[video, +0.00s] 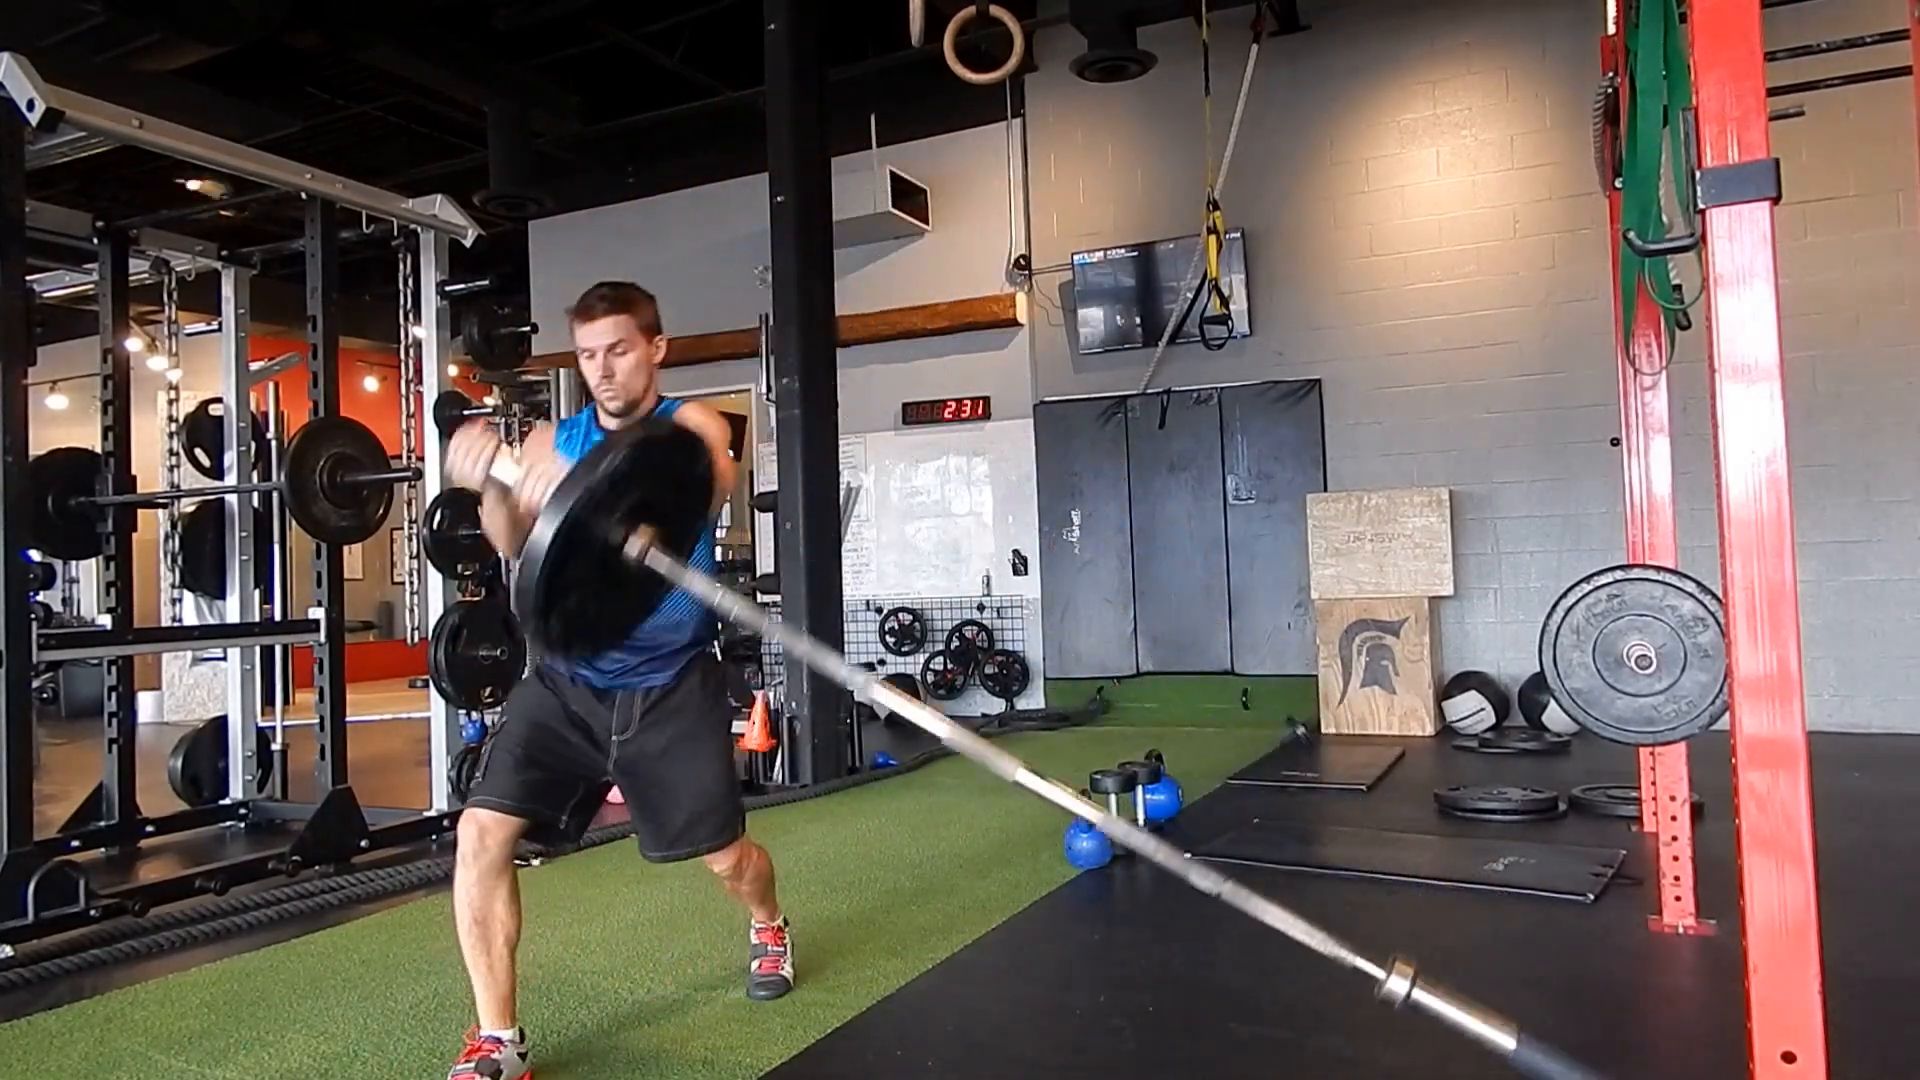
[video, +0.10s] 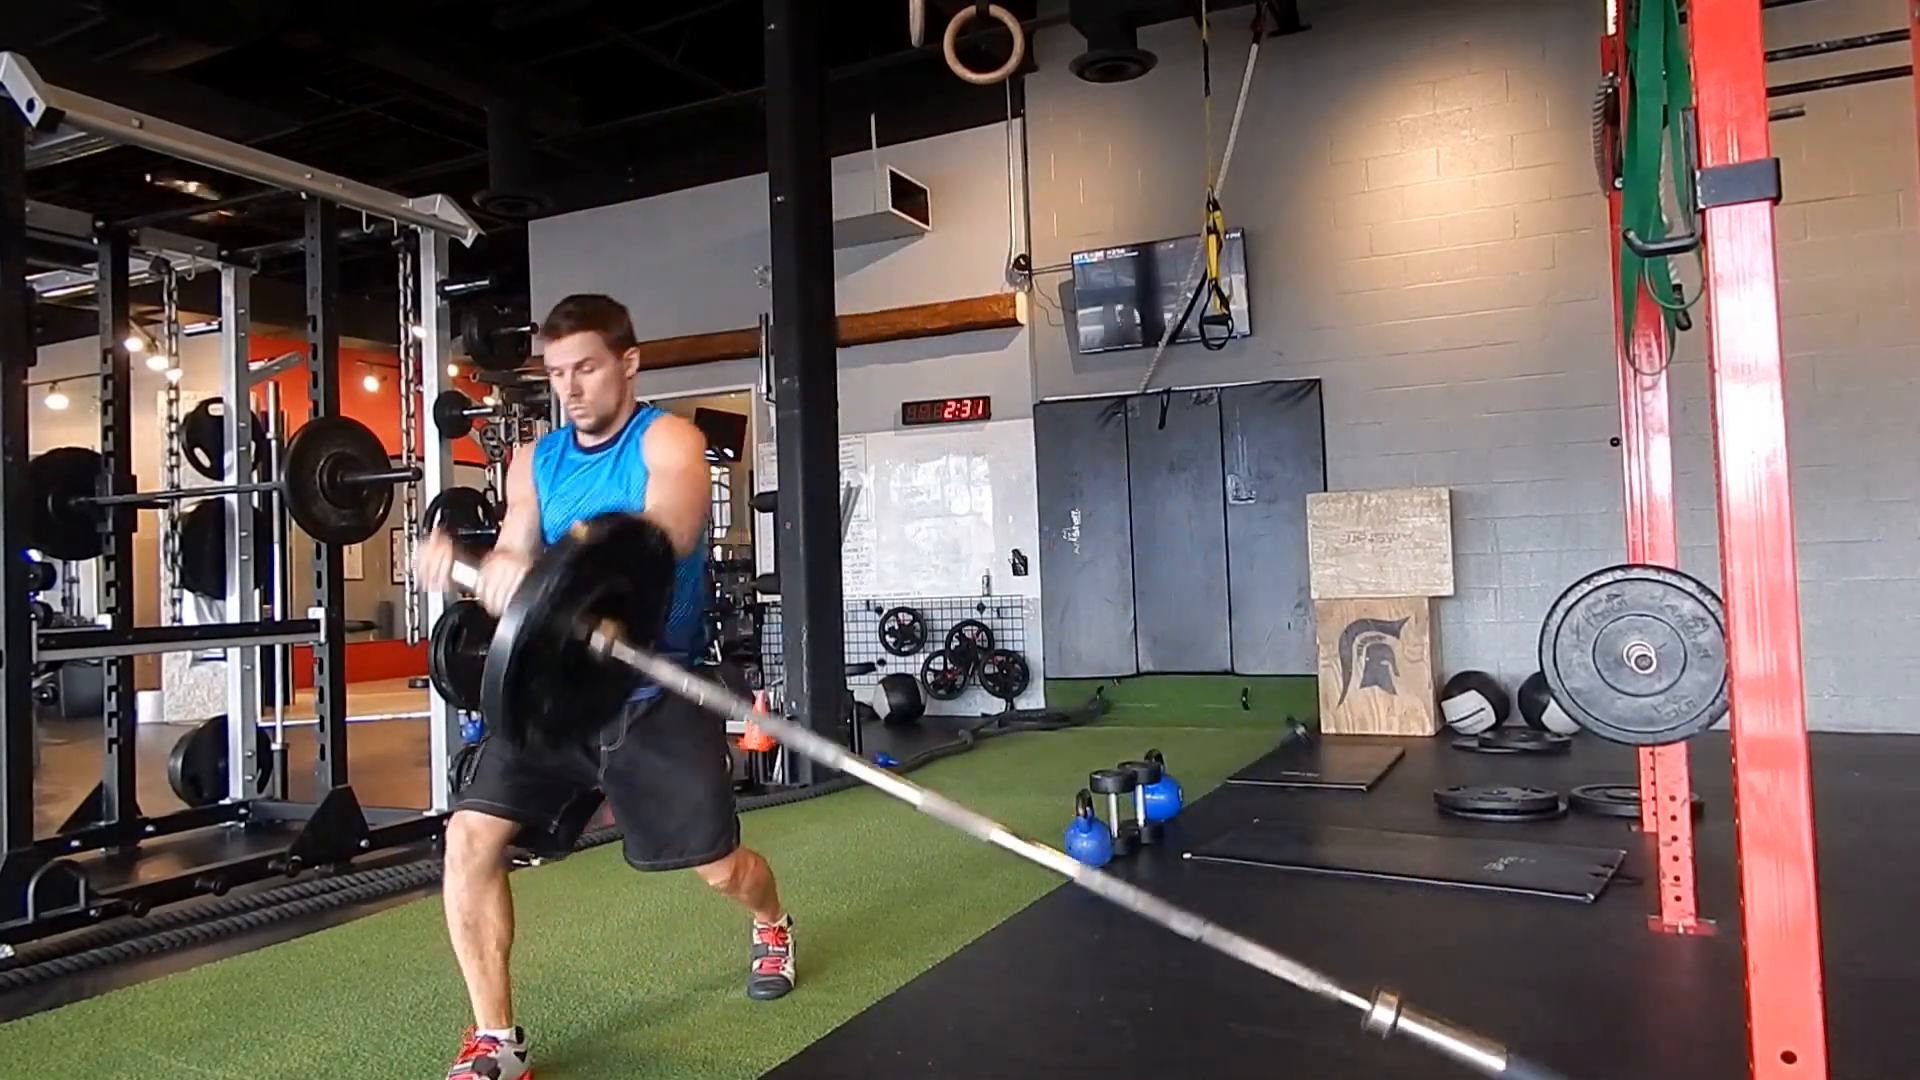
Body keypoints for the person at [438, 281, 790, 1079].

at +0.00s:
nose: (602, 371)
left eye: (617, 352)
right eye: (589, 357)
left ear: (657, 350)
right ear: (578, 361)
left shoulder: (700, 429)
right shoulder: (550, 441)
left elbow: (683, 515)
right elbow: (511, 547)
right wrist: (487, 486)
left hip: (673, 679)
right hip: (562, 678)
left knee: (727, 857)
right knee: (482, 831)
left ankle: (769, 925)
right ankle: (497, 1037)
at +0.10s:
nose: (567, 386)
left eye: (583, 367)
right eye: (555, 372)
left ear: (628, 364)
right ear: (544, 377)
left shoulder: (672, 441)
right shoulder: (534, 458)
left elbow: (654, 558)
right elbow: (511, 575)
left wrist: (542, 578)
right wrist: (453, 568)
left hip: (657, 692)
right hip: (552, 692)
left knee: (719, 865)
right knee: (470, 836)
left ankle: (774, 924)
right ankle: (493, 1035)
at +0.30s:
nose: (511, 421)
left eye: (526, 402)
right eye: (500, 406)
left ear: (576, 391)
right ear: (492, 405)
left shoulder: (625, 466)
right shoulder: (502, 492)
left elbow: (631, 591)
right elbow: (508, 611)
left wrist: (530, 685)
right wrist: (479, 682)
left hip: (643, 694)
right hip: (544, 695)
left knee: (711, 893)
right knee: (443, 852)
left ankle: (769, 917)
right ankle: (490, 1039)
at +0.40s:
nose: (491, 430)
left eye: (507, 411)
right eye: (480, 416)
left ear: (559, 399)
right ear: (475, 418)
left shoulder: (614, 477)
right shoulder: (492, 502)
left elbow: (624, 610)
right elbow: (511, 616)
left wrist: (530, 717)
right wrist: (488, 701)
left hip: (641, 704)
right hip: (544, 707)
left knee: (712, 899)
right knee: (439, 855)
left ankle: (767, 917)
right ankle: (491, 1040)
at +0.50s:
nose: (489, 435)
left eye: (503, 415)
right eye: (477, 422)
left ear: (555, 402)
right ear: (471, 423)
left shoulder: (611, 481)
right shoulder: (487, 508)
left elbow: (623, 616)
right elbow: (512, 623)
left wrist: (532, 724)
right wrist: (489, 706)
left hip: (642, 704)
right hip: (545, 709)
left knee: (714, 899)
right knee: (439, 855)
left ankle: (768, 917)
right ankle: (491, 1039)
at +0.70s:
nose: (529, 394)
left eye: (543, 374)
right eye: (513, 382)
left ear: (585, 373)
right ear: (502, 394)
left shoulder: (631, 453)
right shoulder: (496, 484)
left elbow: (646, 570)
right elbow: (504, 594)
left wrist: (535, 646)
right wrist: (472, 644)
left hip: (640, 681)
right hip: (538, 689)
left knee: (719, 873)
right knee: (456, 853)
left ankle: (765, 927)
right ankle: (494, 1039)